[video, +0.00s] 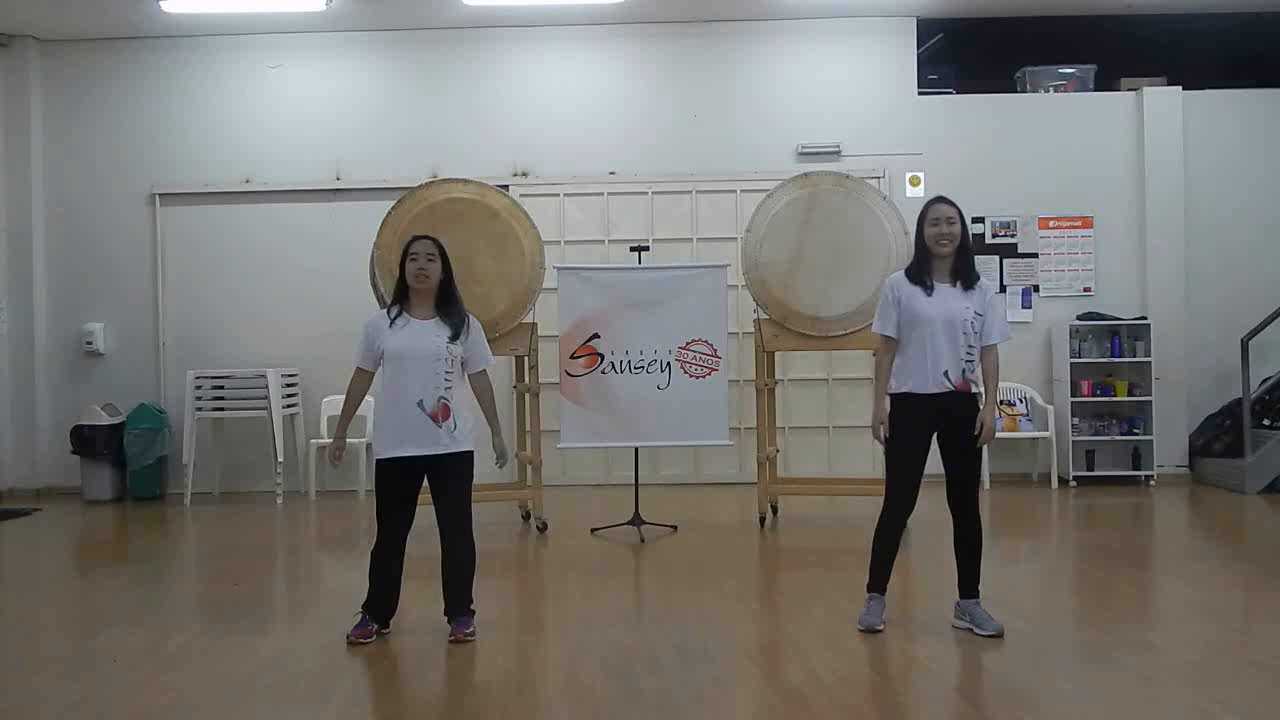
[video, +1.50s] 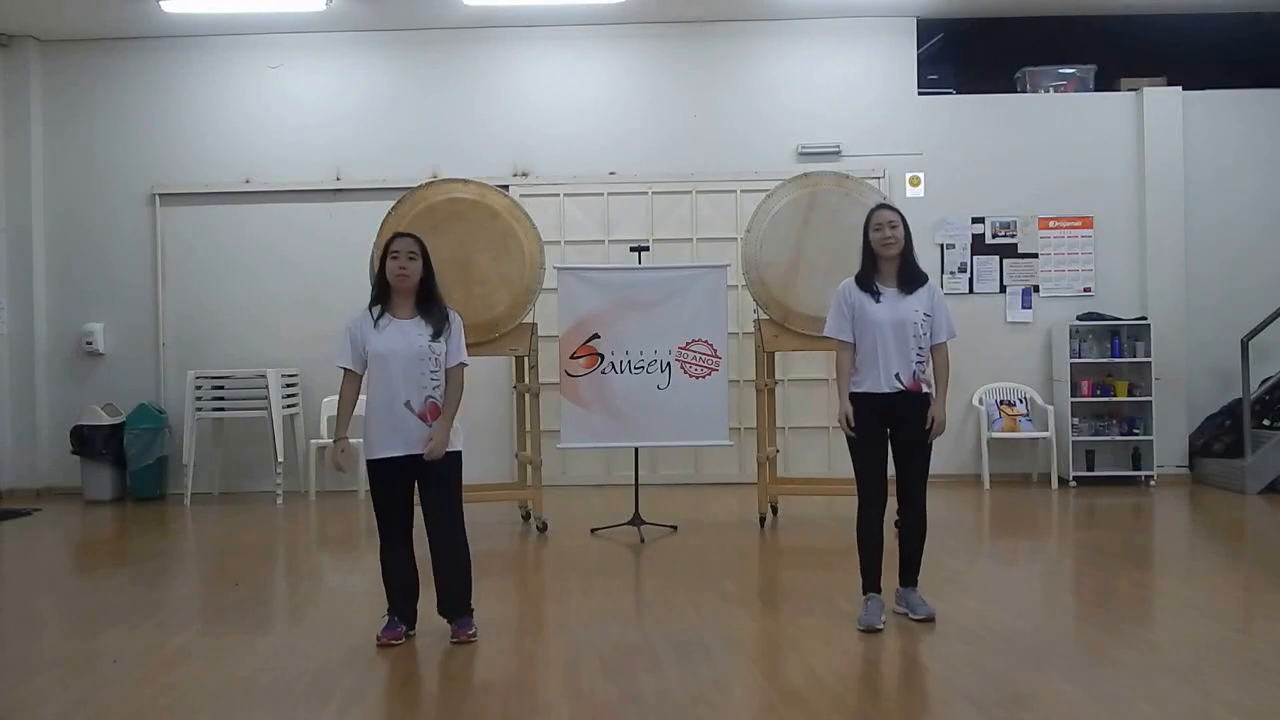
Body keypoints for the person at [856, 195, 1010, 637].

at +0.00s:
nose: (943, 230)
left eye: (951, 222)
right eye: (934, 223)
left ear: (963, 230)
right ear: (920, 232)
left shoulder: (979, 289)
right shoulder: (899, 285)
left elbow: (989, 350)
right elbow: (884, 349)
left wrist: (991, 404)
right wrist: (880, 403)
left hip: (962, 406)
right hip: (909, 405)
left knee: (965, 506)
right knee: (897, 505)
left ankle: (969, 603)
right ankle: (874, 599)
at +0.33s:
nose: (901, 233)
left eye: (908, 226)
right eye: (893, 227)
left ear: (919, 234)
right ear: (879, 235)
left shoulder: (933, 293)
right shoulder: (857, 289)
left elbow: (944, 354)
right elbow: (844, 351)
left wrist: (953, 408)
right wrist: (836, 405)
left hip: (913, 408)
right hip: (863, 407)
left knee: (938, 504)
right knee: (865, 504)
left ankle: (963, 602)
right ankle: (871, 600)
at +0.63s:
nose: (880, 234)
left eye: (888, 228)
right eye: (872, 228)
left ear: (898, 236)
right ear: (858, 236)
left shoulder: (912, 291)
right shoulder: (837, 290)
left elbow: (922, 351)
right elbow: (826, 346)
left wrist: (923, 404)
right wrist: (821, 390)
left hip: (900, 406)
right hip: (850, 407)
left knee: (913, 504)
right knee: (859, 503)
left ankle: (922, 597)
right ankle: (870, 599)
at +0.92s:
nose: (874, 234)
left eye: (881, 227)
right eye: (865, 228)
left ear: (892, 235)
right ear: (852, 236)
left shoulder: (909, 290)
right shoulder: (834, 291)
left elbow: (922, 350)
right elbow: (826, 354)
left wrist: (925, 404)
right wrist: (822, 408)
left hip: (899, 407)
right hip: (849, 408)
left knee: (902, 504)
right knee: (858, 504)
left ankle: (905, 594)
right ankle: (870, 598)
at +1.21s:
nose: (875, 233)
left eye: (883, 226)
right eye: (867, 228)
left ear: (895, 235)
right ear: (855, 237)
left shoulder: (914, 290)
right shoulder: (837, 292)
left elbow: (925, 350)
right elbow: (827, 352)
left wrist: (926, 405)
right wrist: (821, 406)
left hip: (901, 406)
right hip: (851, 407)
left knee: (908, 501)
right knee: (860, 503)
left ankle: (908, 589)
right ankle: (870, 598)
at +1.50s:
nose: (887, 233)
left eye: (893, 226)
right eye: (878, 228)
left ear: (906, 234)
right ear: (867, 238)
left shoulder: (925, 288)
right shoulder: (851, 290)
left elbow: (939, 349)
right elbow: (844, 349)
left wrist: (940, 401)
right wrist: (843, 399)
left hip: (914, 404)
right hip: (866, 404)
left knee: (913, 501)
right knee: (871, 501)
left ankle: (908, 590)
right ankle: (871, 597)